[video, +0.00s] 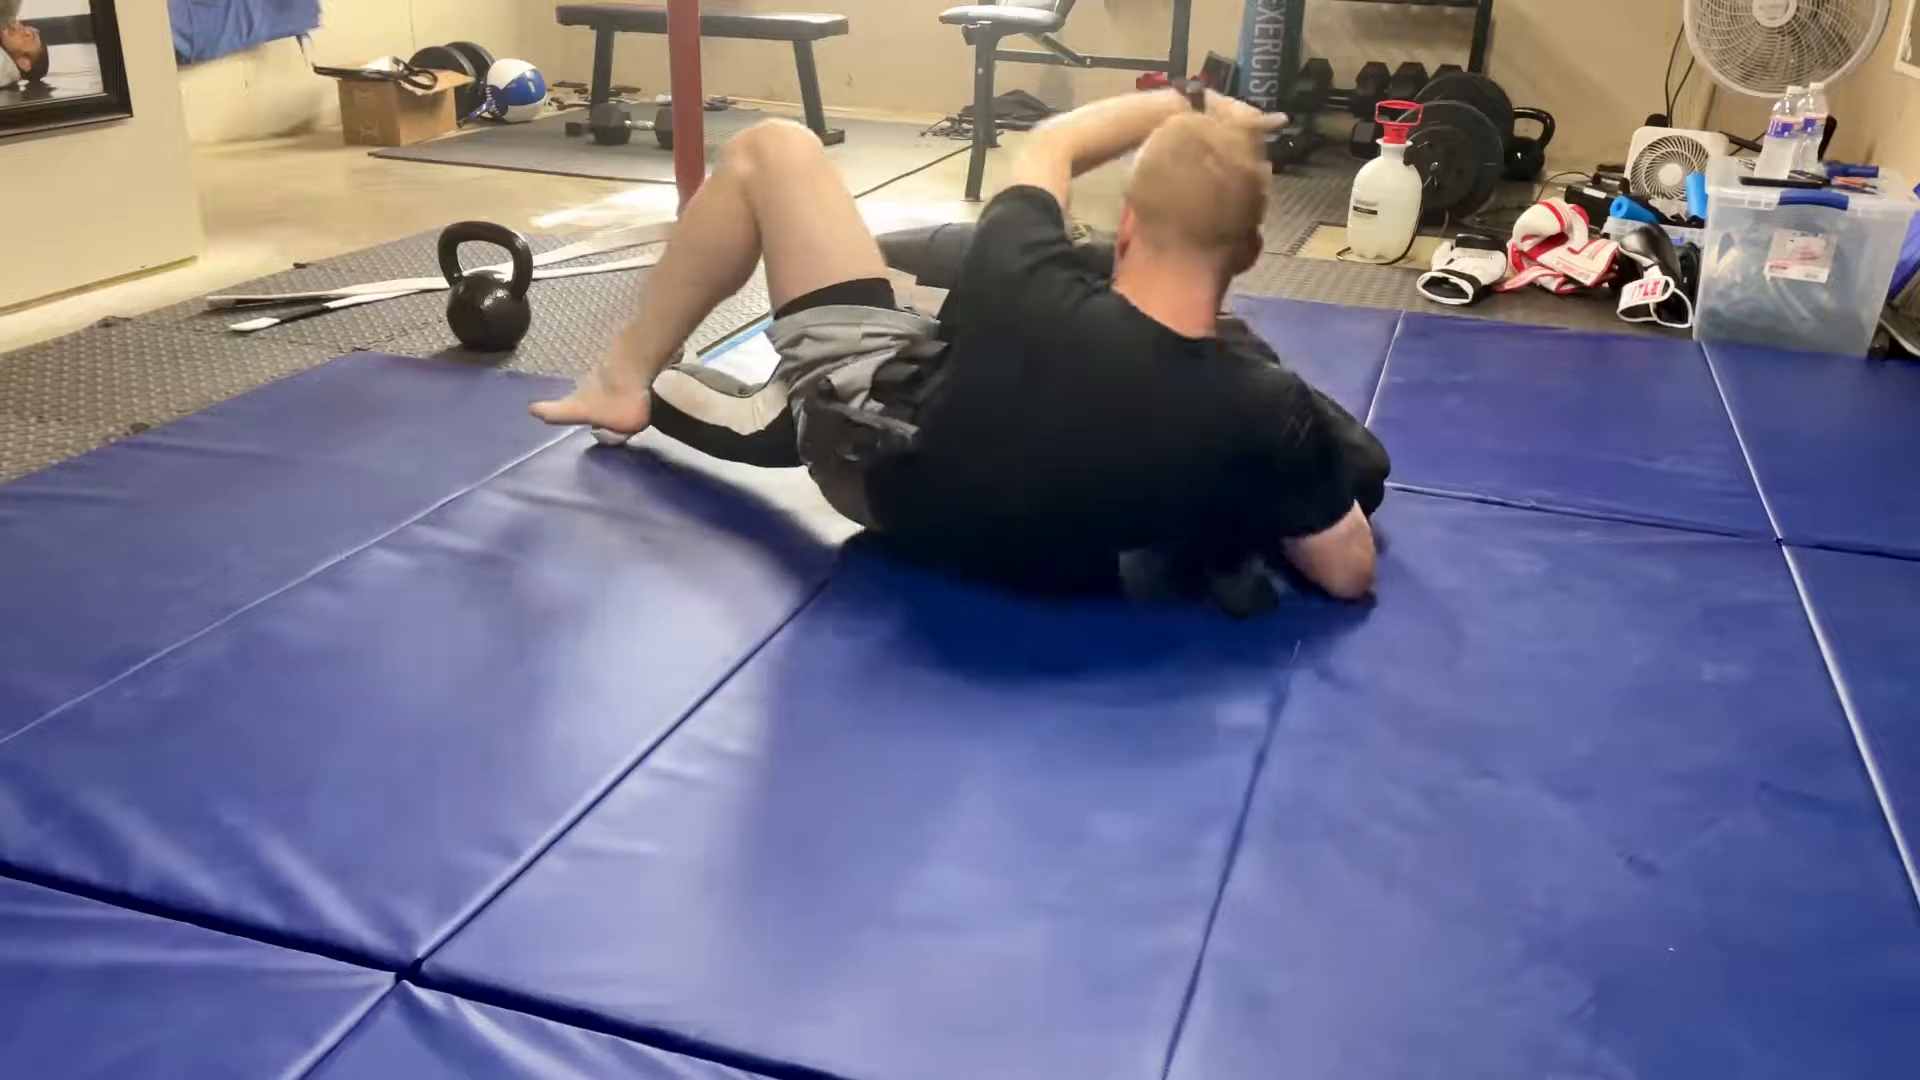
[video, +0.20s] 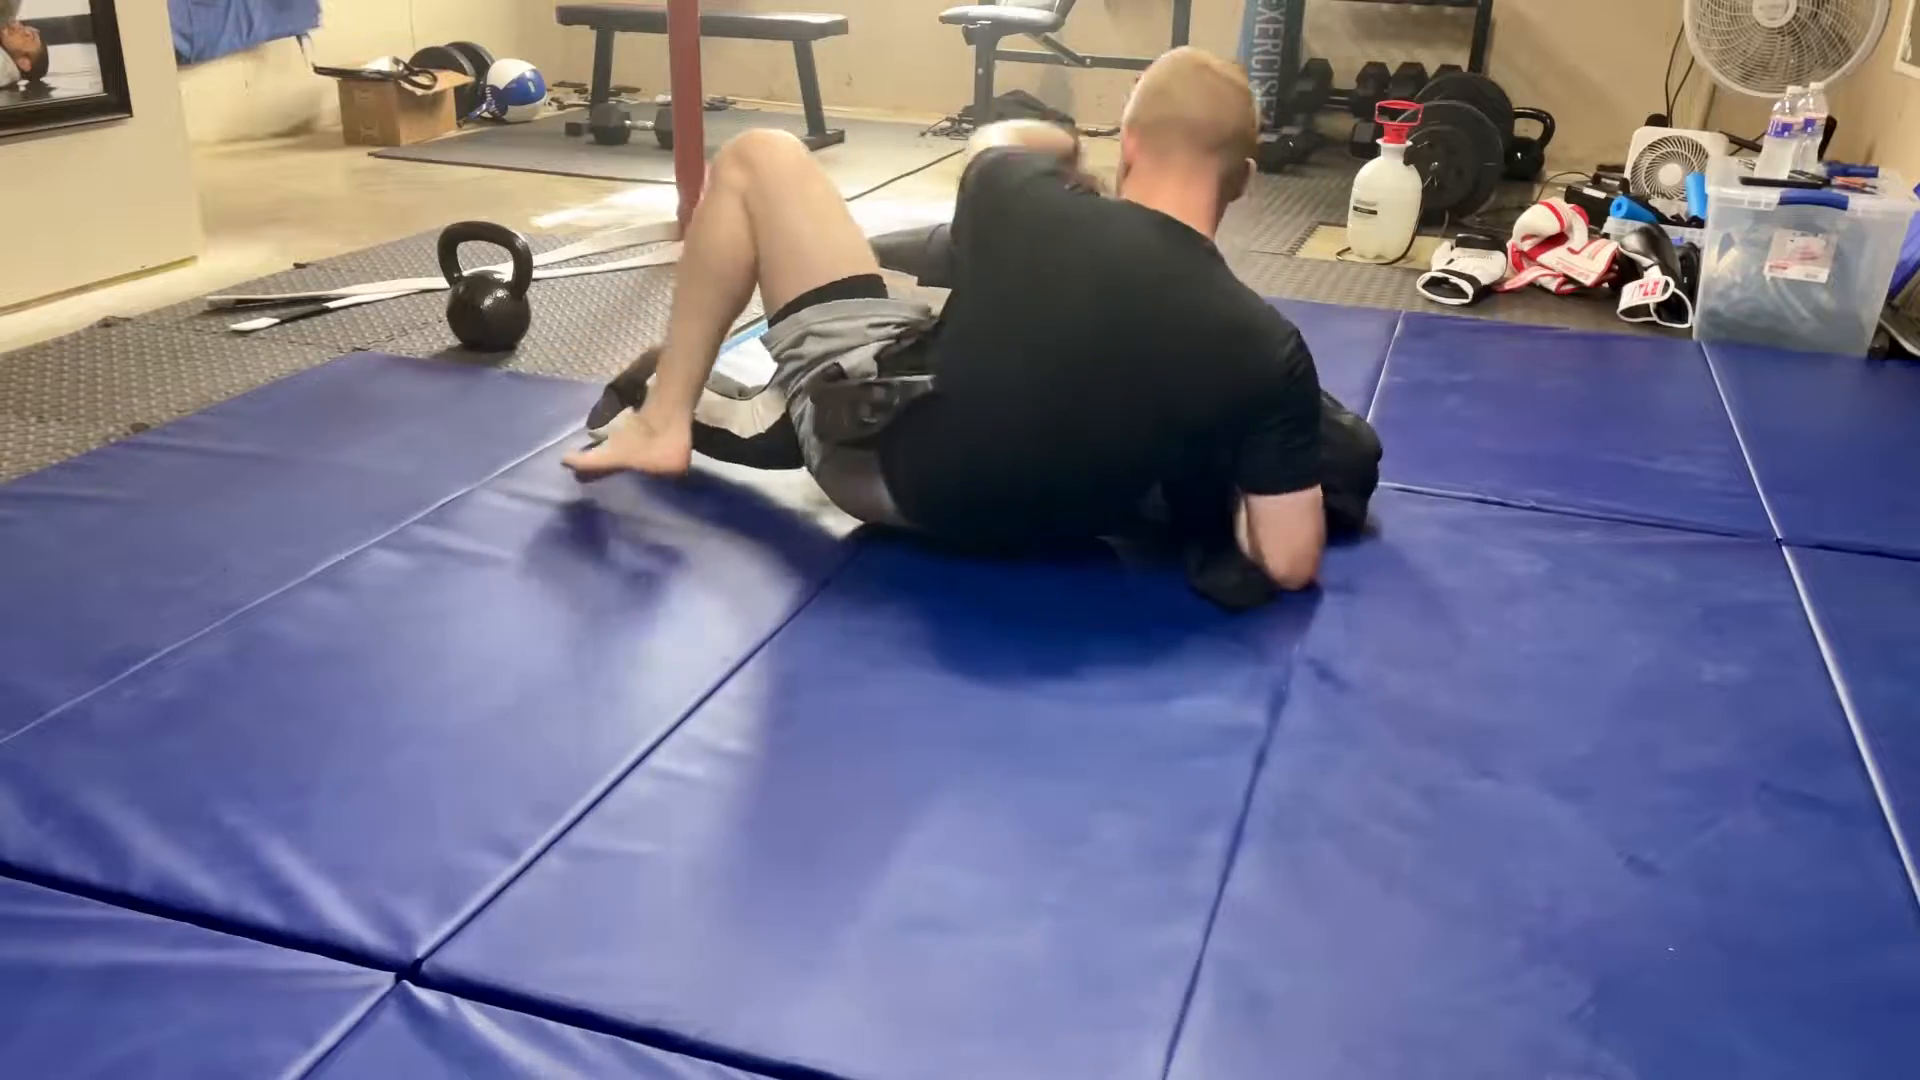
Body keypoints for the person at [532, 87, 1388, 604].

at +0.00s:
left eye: (1132, 187)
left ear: (1125, 218)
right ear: (1249, 257)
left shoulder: (1027, 276)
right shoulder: (1268, 416)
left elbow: (1054, 143)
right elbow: (1349, 575)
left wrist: (1176, 99)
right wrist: (1268, 476)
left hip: (884, 472)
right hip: (1046, 560)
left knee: (773, 147)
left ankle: (623, 380)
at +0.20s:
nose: (1114, 144)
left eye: (1123, 135)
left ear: (1122, 147)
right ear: (1243, 182)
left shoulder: (1018, 197)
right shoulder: (1268, 356)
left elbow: (1004, 140)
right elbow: (1291, 564)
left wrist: (1075, 149)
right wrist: (1214, 467)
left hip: (877, 467)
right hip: (1009, 540)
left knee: (756, 158)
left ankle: (663, 419)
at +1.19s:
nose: (1204, 189)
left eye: (1211, 175)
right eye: (1213, 172)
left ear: (1220, 202)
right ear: (1339, 237)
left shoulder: (1090, 285)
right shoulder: (1355, 409)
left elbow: (997, 186)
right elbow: (1283, 573)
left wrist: (1055, 127)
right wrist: (1238, 499)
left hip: (941, 480)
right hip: (1109, 538)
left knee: (763, 168)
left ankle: (726, 468)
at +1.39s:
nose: (1263, 200)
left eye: (1277, 183)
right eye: (1278, 180)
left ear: (1304, 211)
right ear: (1402, 250)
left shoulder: (1167, 310)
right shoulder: (1397, 403)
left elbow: (1014, 187)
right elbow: (1286, 573)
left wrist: (1087, 112)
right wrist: (1215, 480)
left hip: (958, 488)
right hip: (1094, 536)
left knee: (765, 203)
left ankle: (722, 487)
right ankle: (734, 404)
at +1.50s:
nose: (1296, 195)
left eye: (1314, 173)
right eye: (1311, 171)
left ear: (1367, 196)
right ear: (1417, 218)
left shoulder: (1246, 284)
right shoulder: (1430, 398)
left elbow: (1038, 198)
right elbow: (1289, 574)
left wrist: (1094, 118)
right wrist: (1235, 461)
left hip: (978, 490)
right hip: (1087, 552)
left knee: (760, 226)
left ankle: (718, 499)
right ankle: (752, 415)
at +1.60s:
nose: (1310, 187)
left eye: (1333, 167)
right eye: (1320, 165)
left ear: (1414, 182)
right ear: (1438, 193)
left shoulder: (1363, 244)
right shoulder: (1462, 371)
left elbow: (1107, 246)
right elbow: (1308, 570)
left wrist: (1089, 156)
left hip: (1080, 518)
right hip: (1157, 584)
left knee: (797, 264)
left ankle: (663, 493)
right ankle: (744, 429)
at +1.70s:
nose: (1290, 193)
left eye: (1314, 166)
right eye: (1297, 168)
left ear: (1408, 163)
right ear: (1419, 177)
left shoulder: (1396, 235)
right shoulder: (1461, 304)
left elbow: (1171, 304)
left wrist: (1091, 215)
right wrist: (1170, 258)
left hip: (1202, 580)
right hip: (1248, 592)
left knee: (898, 341)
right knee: (914, 385)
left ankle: (638, 534)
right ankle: (718, 496)